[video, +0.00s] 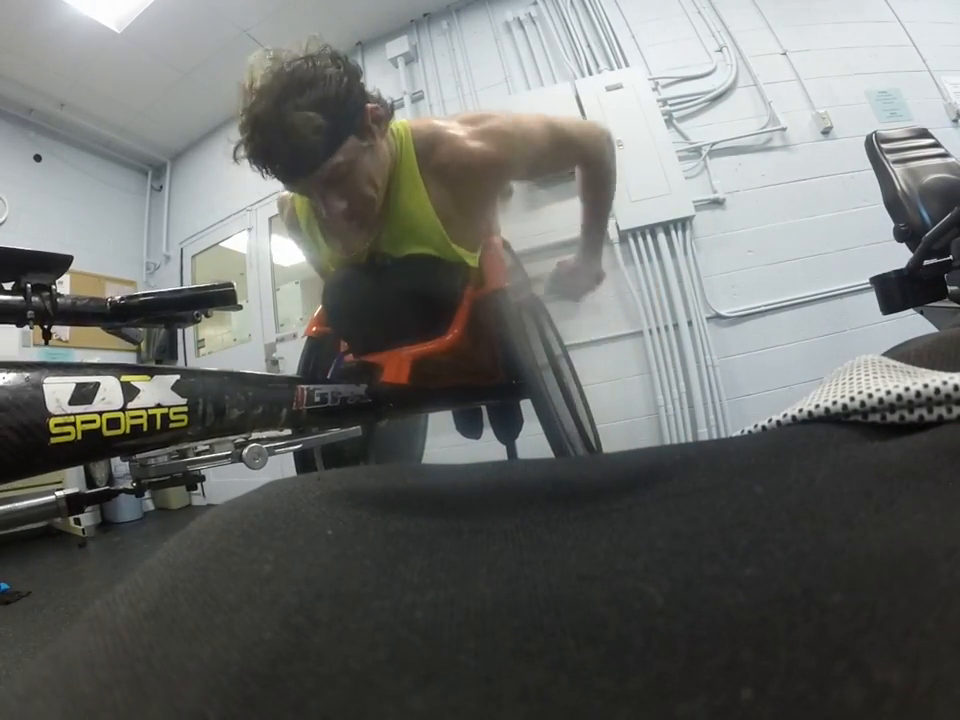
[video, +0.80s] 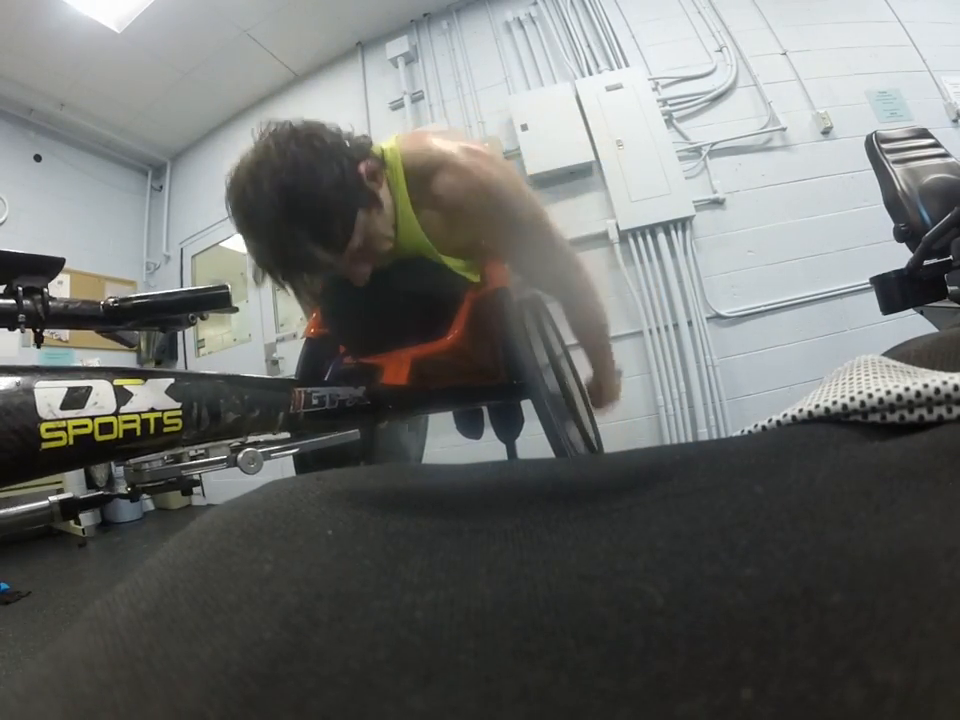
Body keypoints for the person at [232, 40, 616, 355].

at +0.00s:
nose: (334, 210)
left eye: (339, 178)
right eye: (308, 196)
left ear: (375, 125)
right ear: (288, 186)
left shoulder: (462, 153)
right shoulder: (297, 214)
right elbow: (340, 279)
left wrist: (589, 260)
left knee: (356, 300)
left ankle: (494, 390)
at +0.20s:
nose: (332, 253)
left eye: (338, 226)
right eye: (309, 242)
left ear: (370, 161)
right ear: (284, 231)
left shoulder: (467, 174)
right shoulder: (293, 249)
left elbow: (581, 272)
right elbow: (320, 335)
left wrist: (597, 405)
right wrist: (314, 399)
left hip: (491, 303)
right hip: (396, 332)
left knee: (404, 289)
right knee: (346, 300)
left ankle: (491, 387)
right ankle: (463, 391)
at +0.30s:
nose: (325, 249)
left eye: (329, 218)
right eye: (301, 236)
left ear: (367, 158)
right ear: (280, 229)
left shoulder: (459, 179)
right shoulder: (299, 252)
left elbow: (563, 275)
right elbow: (338, 337)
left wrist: (601, 377)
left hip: (494, 314)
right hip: (410, 334)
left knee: (408, 289)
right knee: (348, 303)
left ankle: (502, 382)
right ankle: (462, 392)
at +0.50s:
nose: (326, 197)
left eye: (333, 165)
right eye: (301, 181)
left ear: (376, 120)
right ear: (285, 174)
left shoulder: (465, 162)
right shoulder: (296, 214)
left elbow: (591, 161)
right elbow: (338, 277)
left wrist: (594, 261)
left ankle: (494, 394)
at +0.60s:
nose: (346, 241)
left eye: (354, 213)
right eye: (324, 226)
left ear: (381, 146)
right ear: (283, 209)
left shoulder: (460, 153)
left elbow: (600, 150)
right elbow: (293, 256)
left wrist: (576, 274)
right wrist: (328, 316)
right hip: (373, 315)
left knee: (425, 285)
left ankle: (488, 388)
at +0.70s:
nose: (365, 271)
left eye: (367, 245)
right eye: (343, 267)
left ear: (382, 179)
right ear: (305, 255)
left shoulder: (468, 173)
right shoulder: (307, 244)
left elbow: (593, 254)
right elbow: (310, 335)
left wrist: (594, 397)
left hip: (476, 305)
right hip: (386, 334)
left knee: (409, 280)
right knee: (348, 305)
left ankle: (492, 383)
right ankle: (460, 386)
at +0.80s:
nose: (358, 274)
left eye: (357, 246)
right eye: (332, 268)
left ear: (372, 179)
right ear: (296, 262)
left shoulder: (461, 182)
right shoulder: (301, 248)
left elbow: (570, 281)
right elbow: (335, 323)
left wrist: (605, 375)